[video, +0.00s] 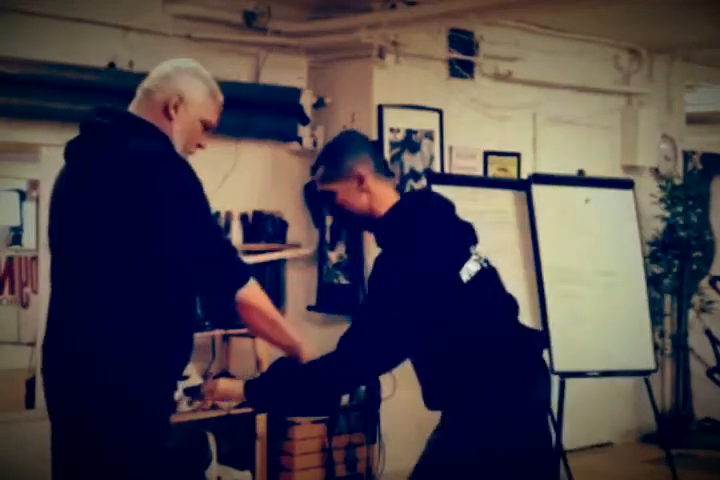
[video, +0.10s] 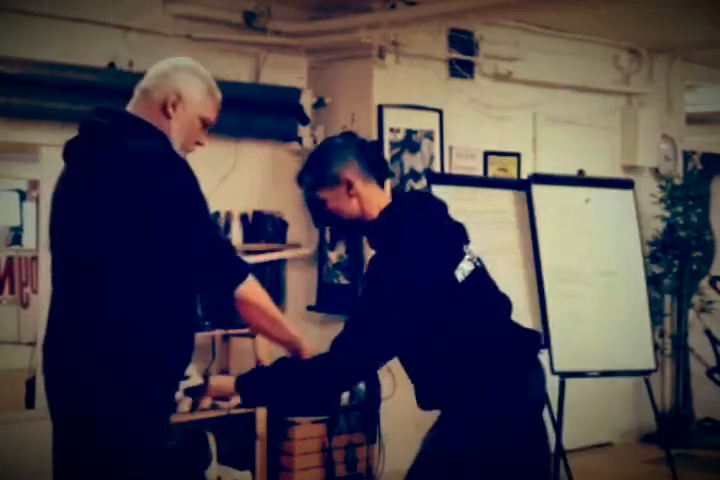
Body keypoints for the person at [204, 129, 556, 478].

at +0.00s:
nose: (336, 210)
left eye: (335, 197)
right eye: (331, 200)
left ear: (362, 179)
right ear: (366, 176)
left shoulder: (406, 251)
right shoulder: (431, 212)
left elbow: (355, 363)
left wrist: (251, 392)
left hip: (482, 406)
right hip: (518, 385)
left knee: (429, 472)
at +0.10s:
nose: (327, 215)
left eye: (325, 202)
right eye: (321, 205)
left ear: (349, 183)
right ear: (359, 179)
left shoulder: (401, 247)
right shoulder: (423, 213)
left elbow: (345, 368)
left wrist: (243, 387)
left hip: (483, 404)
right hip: (511, 383)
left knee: (423, 476)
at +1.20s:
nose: (540, 128)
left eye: (550, 117)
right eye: (541, 118)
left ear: (586, 123)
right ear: (583, 126)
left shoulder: (599, 185)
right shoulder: (593, 183)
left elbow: (587, 300)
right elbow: (582, 284)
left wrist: (525, 341)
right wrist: (535, 302)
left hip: (589, 369)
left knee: (556, 466)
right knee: (600, 462)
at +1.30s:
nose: (546, 126)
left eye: (557, 115)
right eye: (548, 116)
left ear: (594, 122)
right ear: (590, 125)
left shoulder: (604, 185)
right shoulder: (597, 182)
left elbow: (593, 314)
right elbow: (588, 290)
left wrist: (522, 327)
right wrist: (537, 298)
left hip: (594, 368)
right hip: (601, 361)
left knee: (566, 465)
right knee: (601, 462)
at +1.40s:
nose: (549, 125)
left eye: (560, 113)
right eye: (551, 115)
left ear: (596, 121)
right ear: (592, 124)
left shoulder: (604, 185)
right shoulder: (608, 181)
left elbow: (586, 311)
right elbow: (590, 290)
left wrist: (520, 316)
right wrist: (538, 296)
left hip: (593, 369)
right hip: (607, 363)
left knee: (567, 467)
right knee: (603, 464)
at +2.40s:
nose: (379, 133)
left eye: (388, 121)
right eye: (380, 123)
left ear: (425, 125)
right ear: (417, 127)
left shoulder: (443, 200)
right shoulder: (394, 198)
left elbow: (428, 318)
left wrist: (366, 392)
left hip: (416, 389)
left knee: (410, 469)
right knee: (380, 469)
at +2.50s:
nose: (391, 137)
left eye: (403, 126)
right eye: (393, 127)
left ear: (441, 132)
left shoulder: (449, 207)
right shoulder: (405, 203)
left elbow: (431, 325)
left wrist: (372, 401)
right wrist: (352, 382)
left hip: (417, 402)